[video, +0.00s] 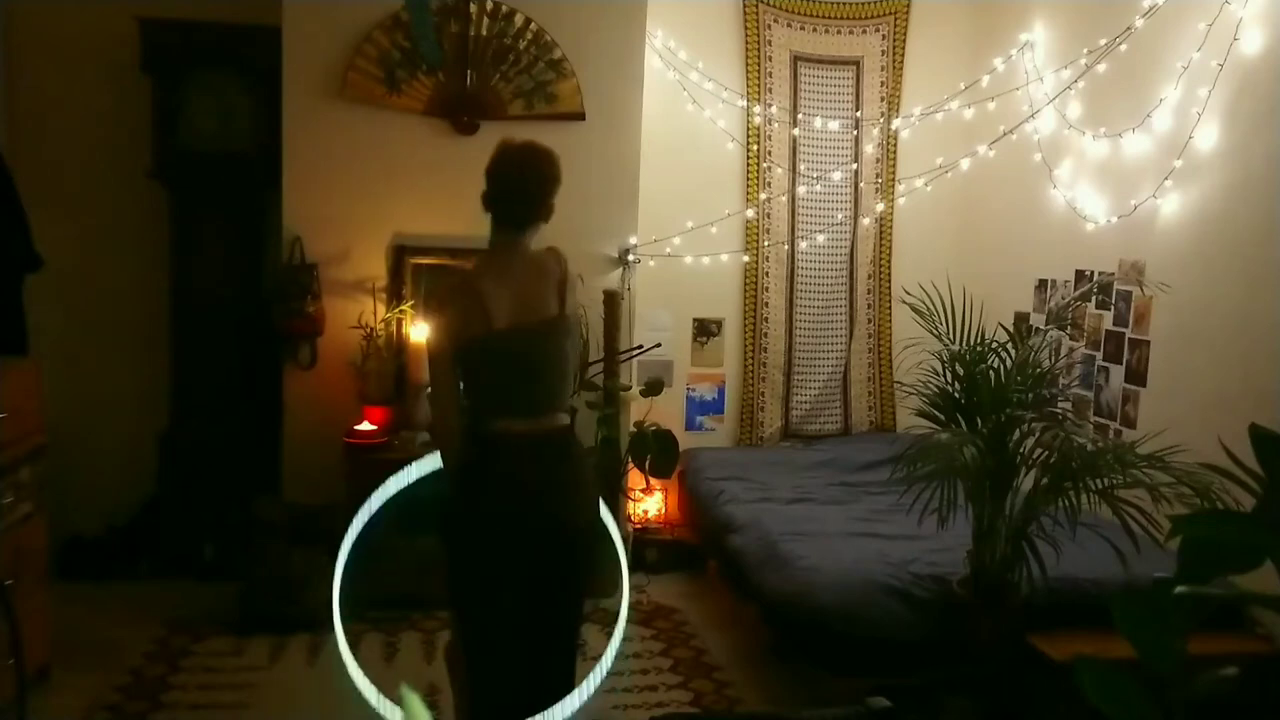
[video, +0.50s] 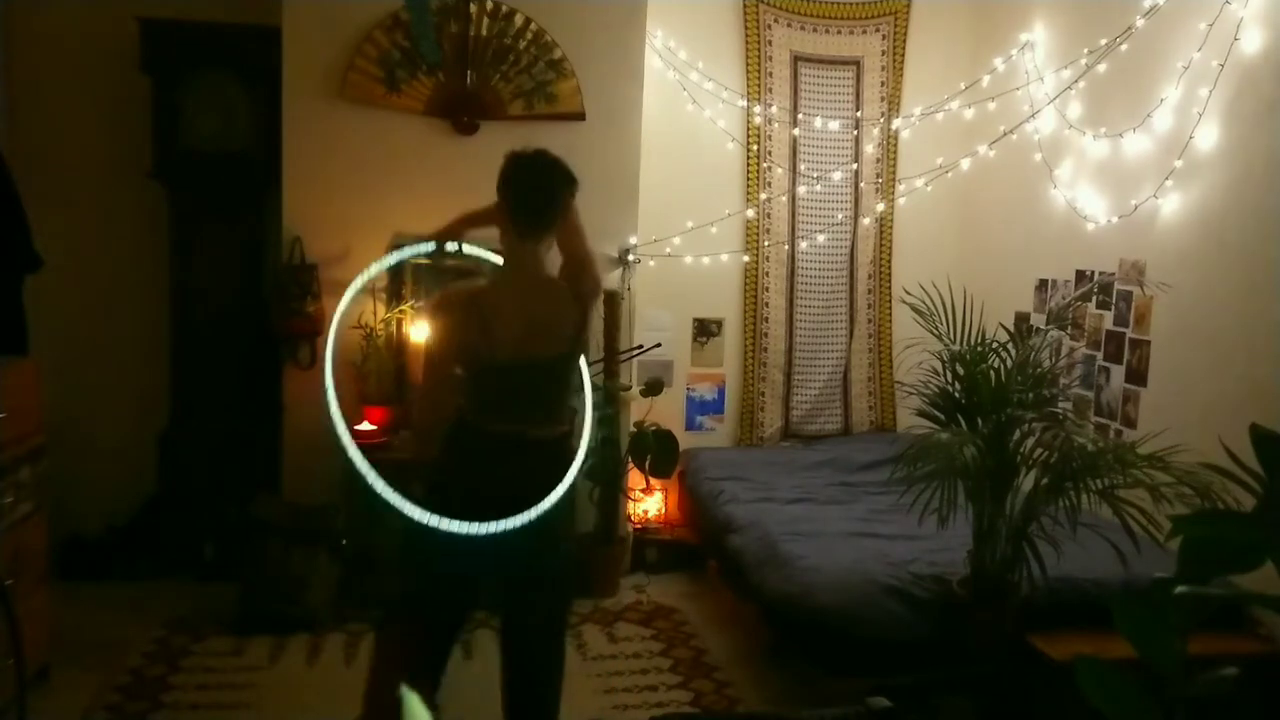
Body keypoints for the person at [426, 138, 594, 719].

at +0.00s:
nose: (546, 204)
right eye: (547, 194)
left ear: (486, 197)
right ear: (549, 203)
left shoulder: (455, 292)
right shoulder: (559, 272)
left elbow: (444, 409)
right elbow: (572, 378)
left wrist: (461, 477)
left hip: (488, 473)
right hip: (557, 471)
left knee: (487, 629)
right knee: (551, 629)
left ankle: (489, 708)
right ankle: (545, 707)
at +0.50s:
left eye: (508, 204)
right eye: (565, 207)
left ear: (502, 212)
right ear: (565, 214)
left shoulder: (460, 308)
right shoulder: (573, 304)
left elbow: (430, 416)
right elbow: (556, 215)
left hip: (465, 487)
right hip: (545, 498)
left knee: (415, 656)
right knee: (534, 675)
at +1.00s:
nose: (407, 220)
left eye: (411, 208)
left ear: (412, 219)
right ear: (474, 233)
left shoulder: (347, 304)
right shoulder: (481, 311)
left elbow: (307, 424)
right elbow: (531, 245)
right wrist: (498, 148)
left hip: (367, 520)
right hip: (453, 523)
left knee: (328, 685)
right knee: (491, 685)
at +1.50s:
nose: (393, 247)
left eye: (393, 231)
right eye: (384, 230)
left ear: (334, 231)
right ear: (340, 230)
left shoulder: (280, 308)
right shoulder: (343, 324)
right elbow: (464, 354)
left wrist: (452, 326)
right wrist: (533, 271)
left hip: (287, 525)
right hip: (341, 534)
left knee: (295, 700)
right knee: (441, 697)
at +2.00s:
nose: (407, 246)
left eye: (409, 232)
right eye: (404, 231)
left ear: (335, 225)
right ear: (377, 229)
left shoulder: (287, 310)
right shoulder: (371, 321)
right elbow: (395, 450)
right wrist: (479, 520)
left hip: (299, 543)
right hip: (371, 550)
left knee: (303, 704)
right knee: (471, 701)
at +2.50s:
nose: (448, 220)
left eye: (446, 206)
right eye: (437, 206)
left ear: (392, 209)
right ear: (400, 208)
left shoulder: (372, 277)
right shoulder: (384, 276)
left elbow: (427, 317)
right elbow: (507, 266)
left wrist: (487, 299)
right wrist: (599, 234)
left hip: (388, 482)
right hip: (396, 485)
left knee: (369, 639)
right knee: (464, 650)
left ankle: (311, 714)